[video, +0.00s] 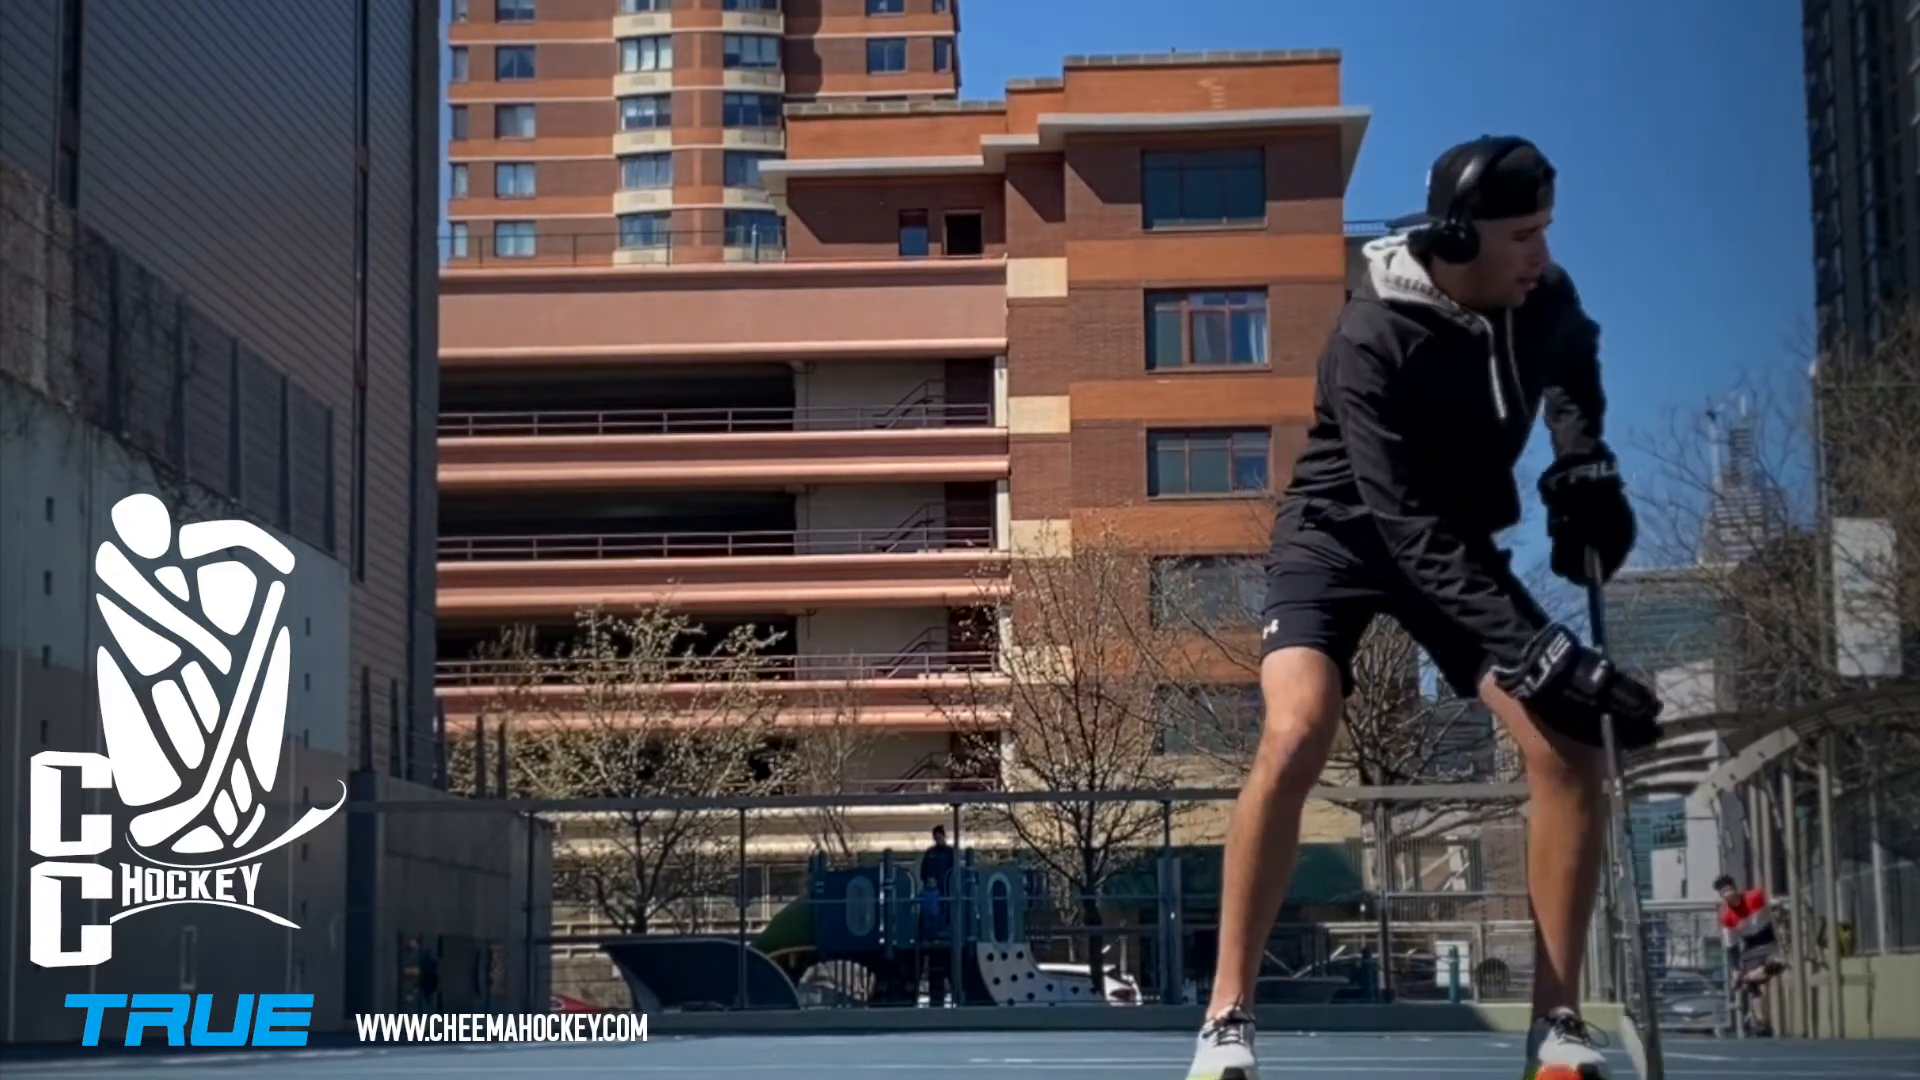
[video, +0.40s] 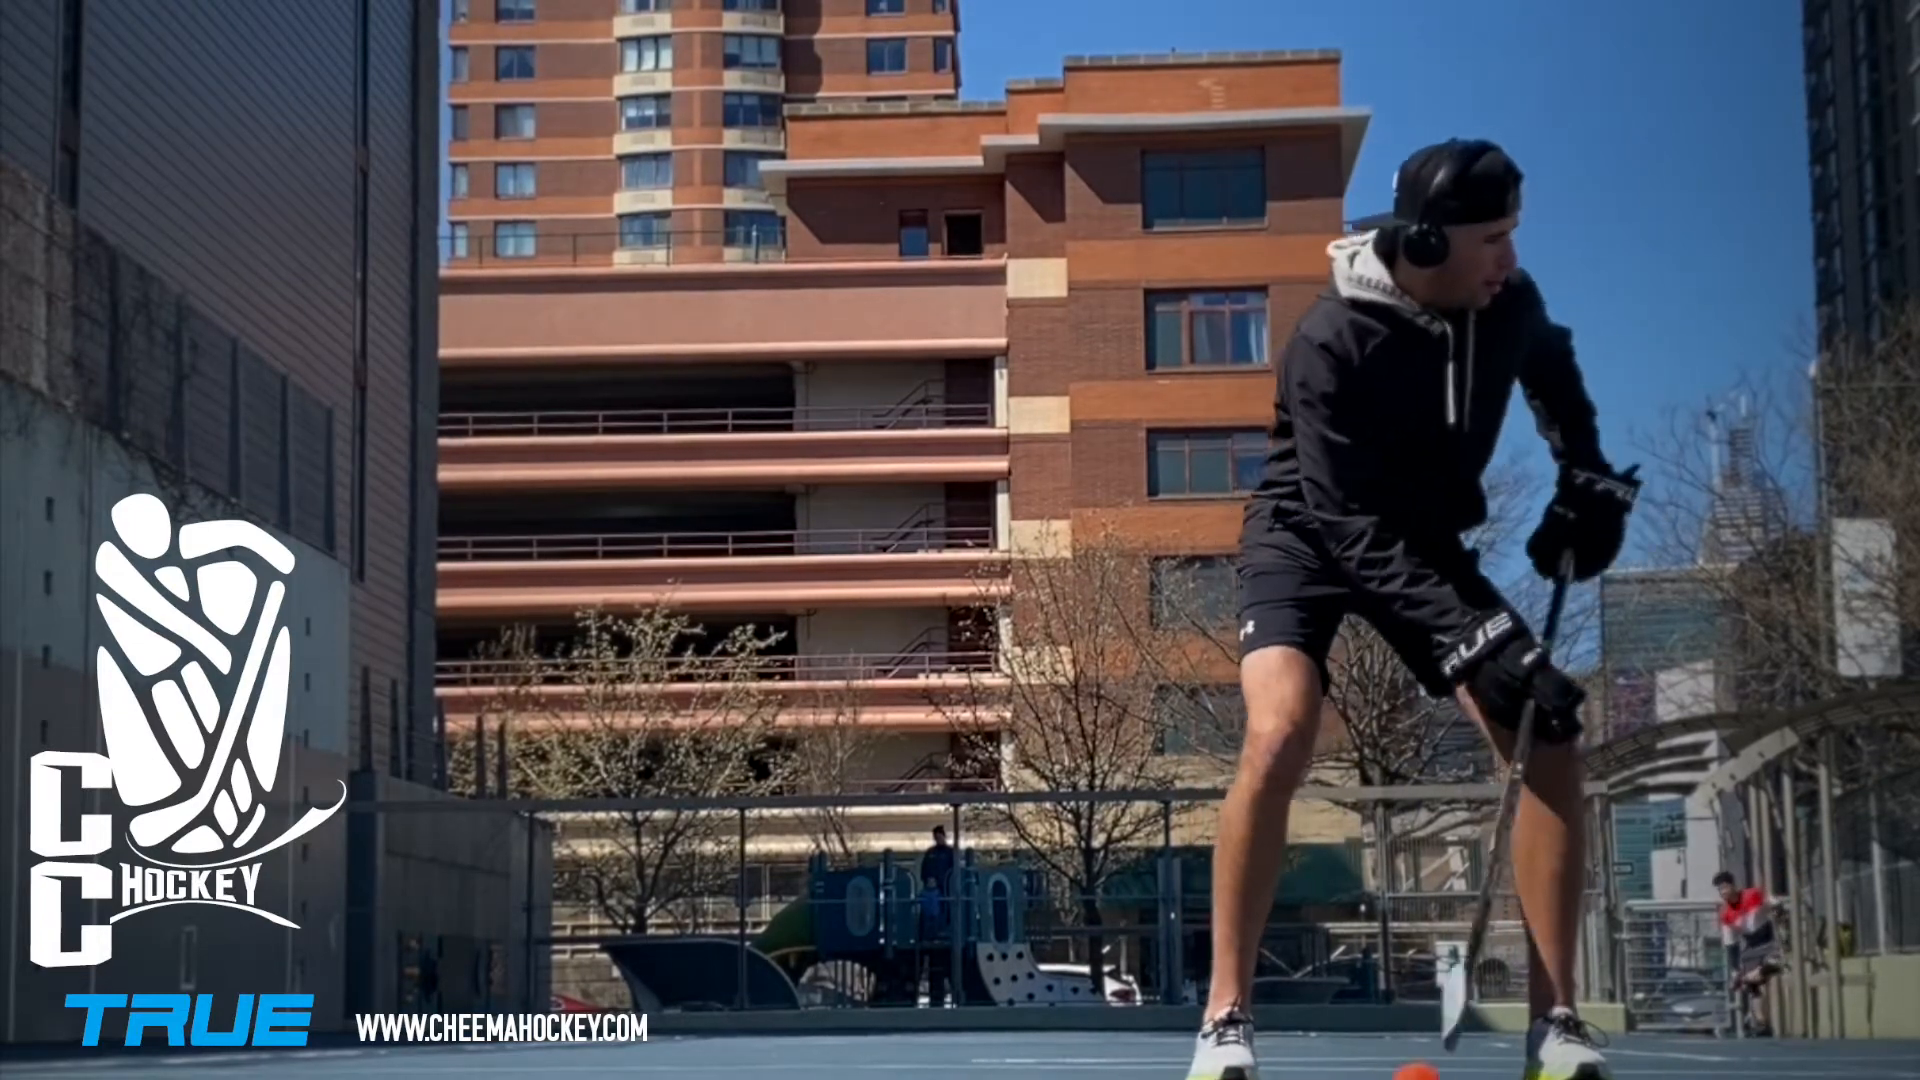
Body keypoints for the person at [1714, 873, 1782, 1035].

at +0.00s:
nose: (1728, 895)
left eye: (1729, 890)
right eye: (1723, 892)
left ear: (1735, 888)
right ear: (1721, 896)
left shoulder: (1756, 898)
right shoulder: (1727, 916)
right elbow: (1730, 945)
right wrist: (1734, 970)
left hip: (1769, 943)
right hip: (1750, 949)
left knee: (1775, 965)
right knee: (1753, 987)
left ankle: (1744, 978)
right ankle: (1761, 1023)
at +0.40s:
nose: (1723, 892)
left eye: (1725, 887)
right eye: (1720, 889)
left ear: (1733, 886)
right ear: (1719, 892)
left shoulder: (1753, 896)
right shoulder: (1726, 914)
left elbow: (1776, 905)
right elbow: (1730, 945)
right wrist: (1733, 970)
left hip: (1769, 943)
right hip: (1750, 948)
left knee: (1772, 966)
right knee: (1753, 988)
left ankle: (1744, 978)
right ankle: (1760, 1023)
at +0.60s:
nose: (1724, 887)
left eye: (1726, 882)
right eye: (1721, 883)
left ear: (1735, 881)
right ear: (1721, 886)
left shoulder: (1754, 894)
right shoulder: (1727, 910)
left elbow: (1777, 903)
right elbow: (1731, 940)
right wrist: (1733, 965)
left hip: (1769, 947)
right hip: (1749, 951)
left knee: (1755, 982)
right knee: (1743, 987)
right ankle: (1751, 1022)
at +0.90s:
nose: (1731, 879)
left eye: (1734, 874)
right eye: (1730, 874)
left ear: (1744, 875)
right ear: (1730, 877)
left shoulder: (1758, 891)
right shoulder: (1734, 900)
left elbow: (1778, 906)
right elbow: (1733, 927)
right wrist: (1731, 935)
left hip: (1762, 941)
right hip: (1743, 943)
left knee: (1759, 980)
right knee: (1749, 983)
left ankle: (1763, 1021)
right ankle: (1752, 1021)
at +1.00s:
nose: (1733, 878)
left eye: (1736, 873)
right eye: (1731, 874)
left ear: (1745, 875)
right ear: (1730, 877)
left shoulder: (1759, 891)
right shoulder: (1735, 899)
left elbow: (1772, 911)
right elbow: (1733, 923)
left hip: (1763, 942)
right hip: (1746, 943)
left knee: (1759, 980)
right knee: (1749, 983)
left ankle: (1763, 1021)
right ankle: (1752, 1021)